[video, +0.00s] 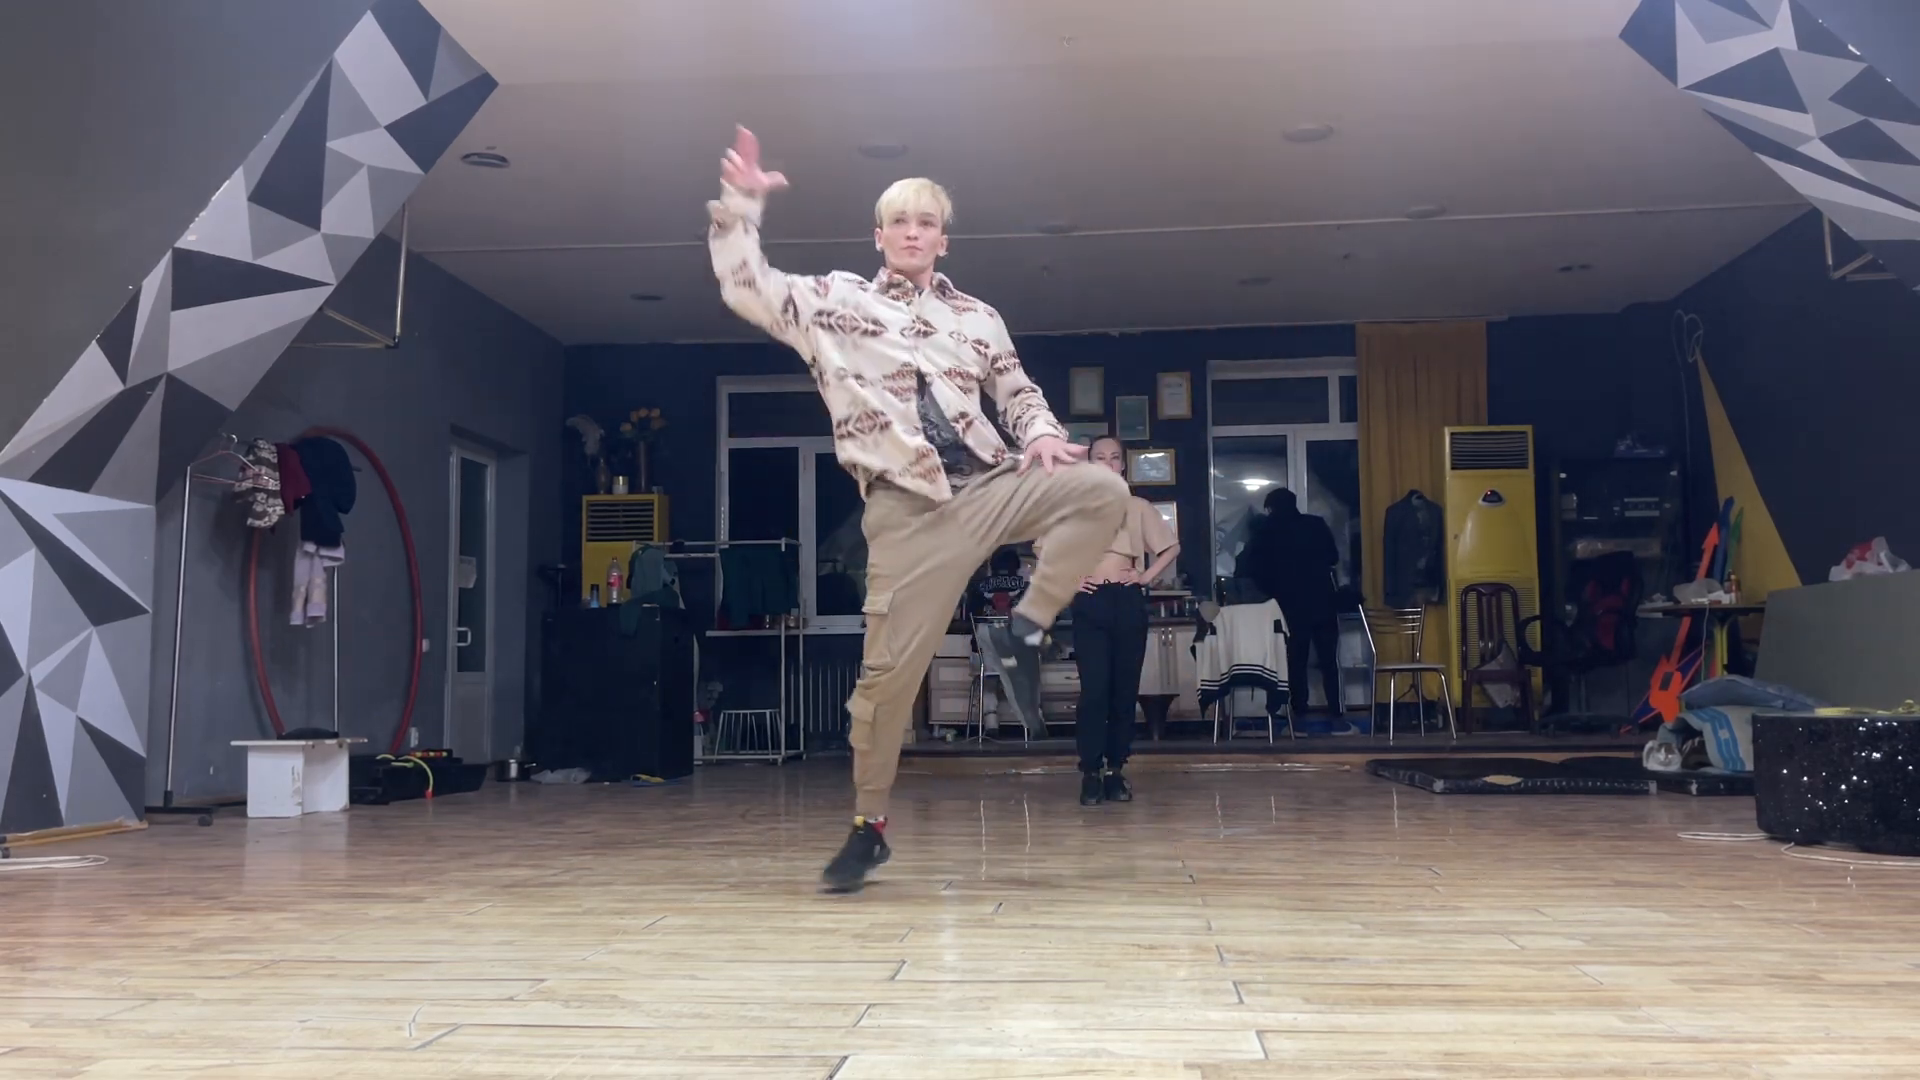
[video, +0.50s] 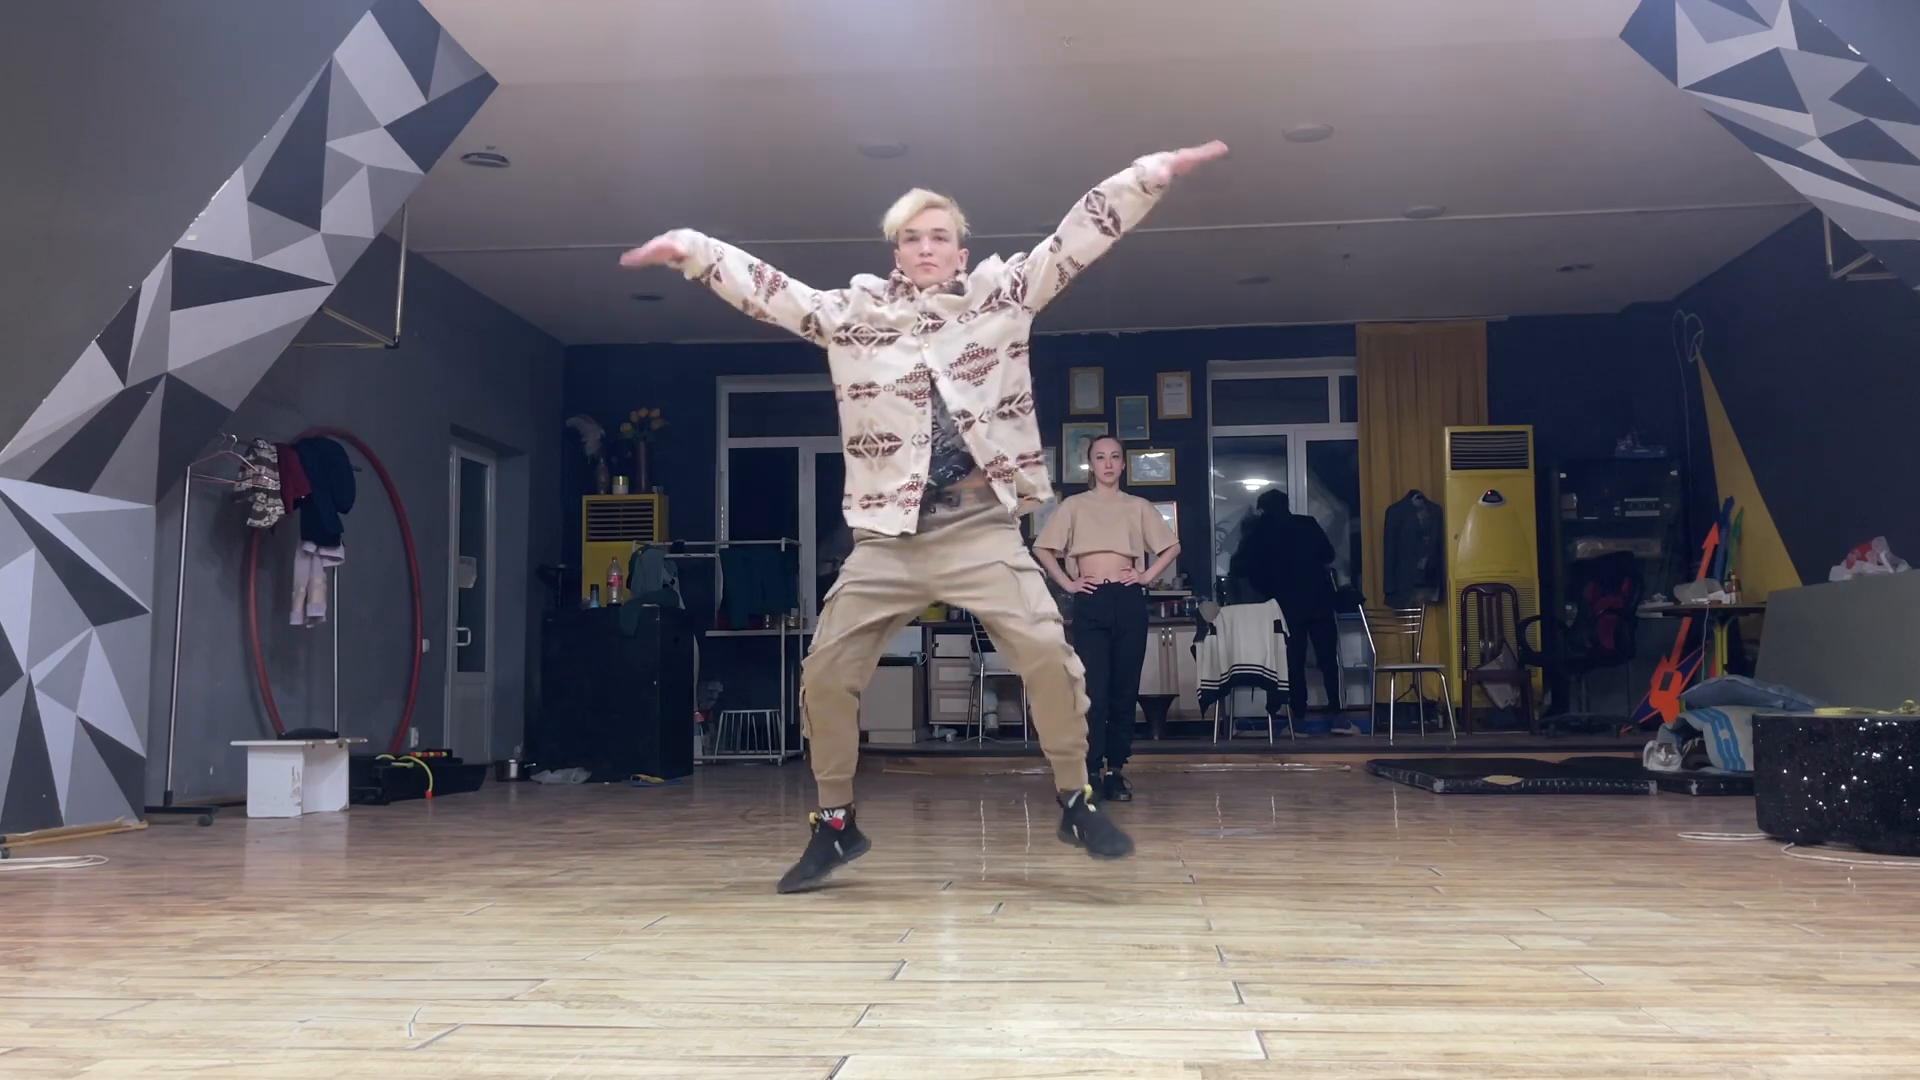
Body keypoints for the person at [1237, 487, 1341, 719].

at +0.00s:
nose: (1269, 513)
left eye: (1269, 509)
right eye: (1269, 509)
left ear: (1272, 508)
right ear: (1294, 504)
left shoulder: (1266, 530)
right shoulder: (1316, 524)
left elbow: (1254, 568)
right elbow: (1332, 557)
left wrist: (1272, 590)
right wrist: (1311, 566)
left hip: (1288, 603)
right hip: (1321, 600)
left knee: (1296, 662)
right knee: (1329, 661)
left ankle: (1298, 718)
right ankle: (1337, 718)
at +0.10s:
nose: (1266, 512)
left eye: (1266, 508)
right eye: (1268, 508)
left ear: (1268, 508)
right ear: (1292, 504)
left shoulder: (1263, 531)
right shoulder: (1313, 523)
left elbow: (1252, 569)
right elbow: (1330, 557)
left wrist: (1269, 591)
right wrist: (1310, 566)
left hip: (1287, 603)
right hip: (1319, 601)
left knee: (1295, 662)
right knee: (1329, 661)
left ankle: (1298, 718)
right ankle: (1337, 719)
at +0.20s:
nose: (1265, 512)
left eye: (1265, 508)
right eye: (1267, 508)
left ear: (1267, 508)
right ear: (1290, 505)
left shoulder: (1261, 531)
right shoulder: (1311, 523)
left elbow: (1256, 572)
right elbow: (1330, 557)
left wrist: (1272, 594)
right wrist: (1308, 559)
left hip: (1286, 604)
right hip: (1319, 600)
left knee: (1294, 663)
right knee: (1328, 660)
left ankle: (1297, 719)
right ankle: (1336, 716)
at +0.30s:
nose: (1264, 512)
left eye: (1264, 508)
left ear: (1265, 508)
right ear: (1288, 505)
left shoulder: (1259, 532)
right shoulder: (1309, 523)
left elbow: (1253, 572)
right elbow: (1329, 556)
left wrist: (1272, 593)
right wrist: (1307, 556)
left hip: (1285, 604)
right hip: (1319, 600)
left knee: (1294, 662)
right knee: (1328, 660)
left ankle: (1297, 718)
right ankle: (1336, 715)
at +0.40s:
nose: (1264, 513)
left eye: (1263, 509)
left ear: (1264, 509)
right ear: (1287, 505)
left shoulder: (1259, 532)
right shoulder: (1308, 523)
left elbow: (1251, 571)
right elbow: (1328, 555)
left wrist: (1271, 593)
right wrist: (1307, 561)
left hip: (1285, 604)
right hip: (1319, 599)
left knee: (1294, 663)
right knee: (1328, 660)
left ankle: (1297, 719)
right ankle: (1336, 716)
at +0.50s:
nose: (1262, 513)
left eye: (1262, 509)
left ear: (1262, 509)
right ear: (1286, 504)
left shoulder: (1257, 533)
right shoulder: (1307, 523)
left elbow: (1242, 567)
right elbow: (1328, 555)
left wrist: (1268, 591)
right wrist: (1306, 557)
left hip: (1284, 604)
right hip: (1318, 600)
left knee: (1293, 663)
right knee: (1328, 660)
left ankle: (1297, 719)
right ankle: (1336, 717)